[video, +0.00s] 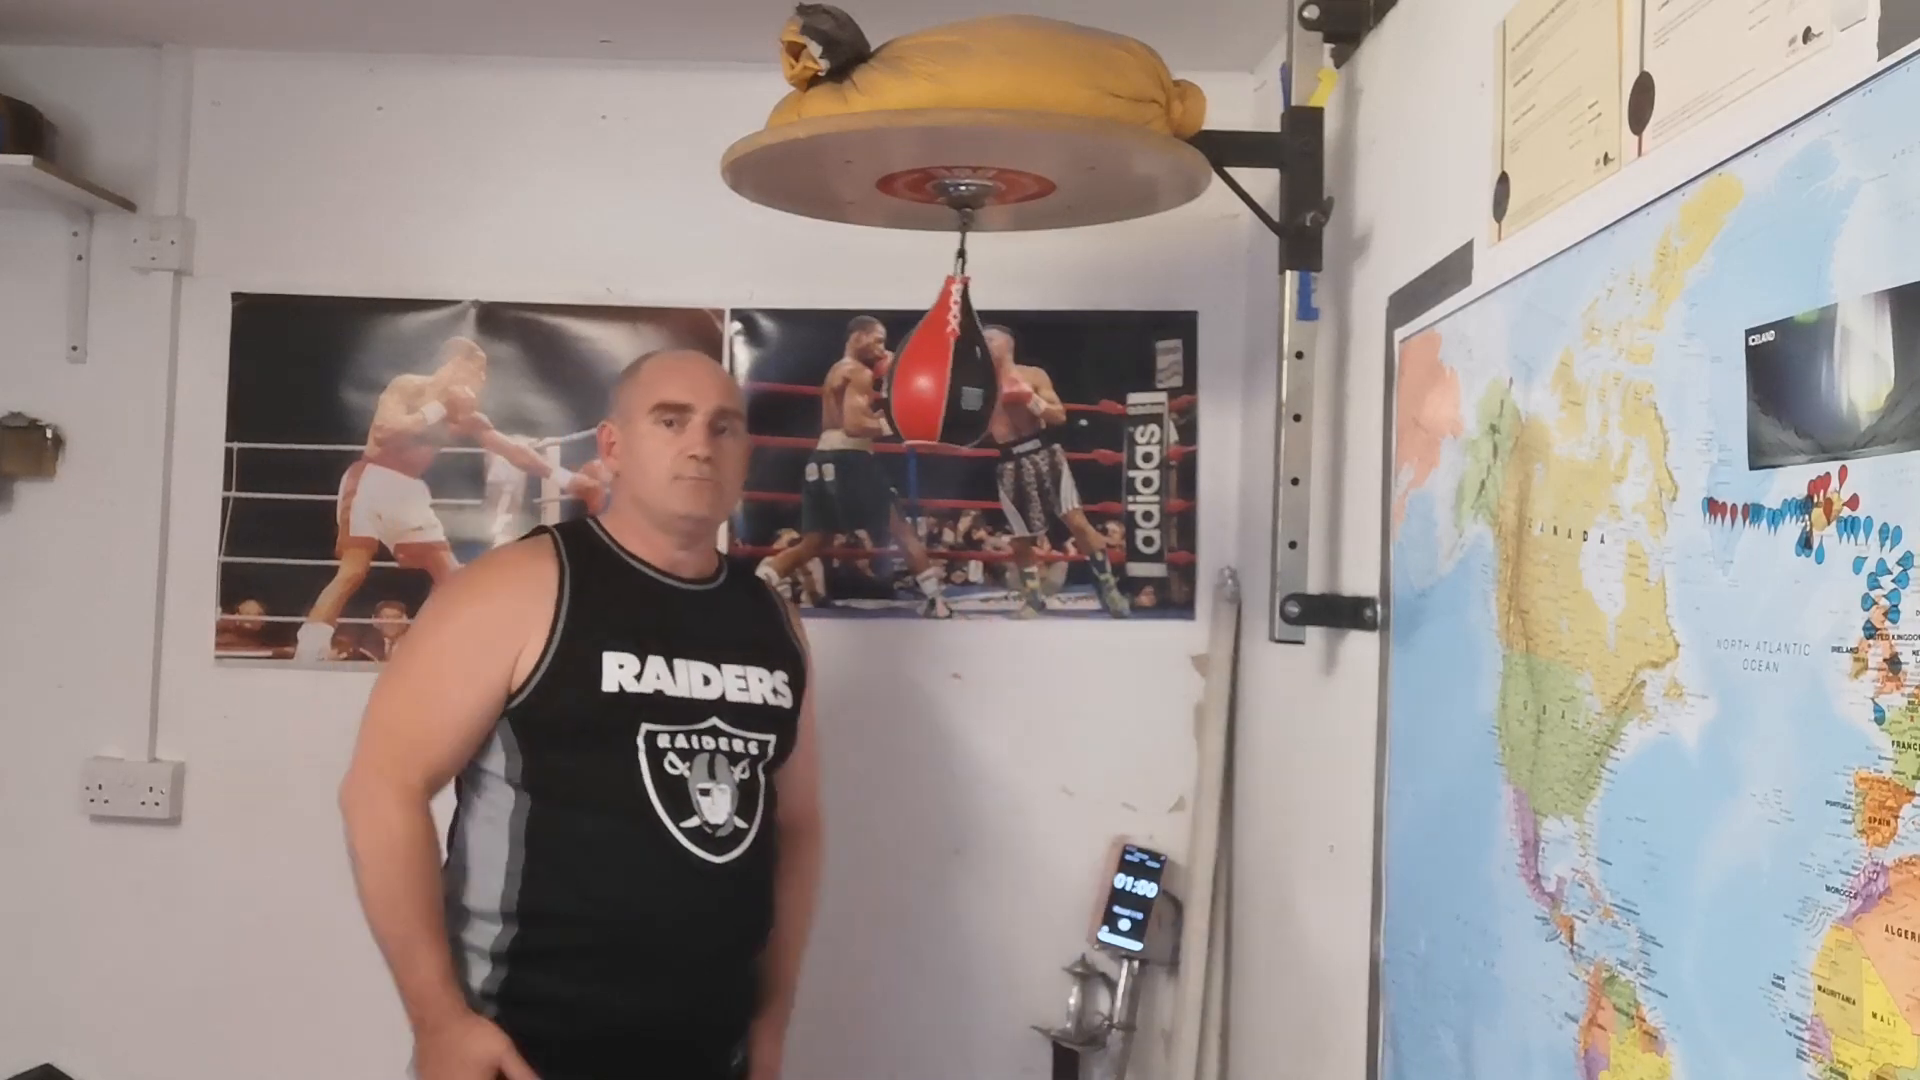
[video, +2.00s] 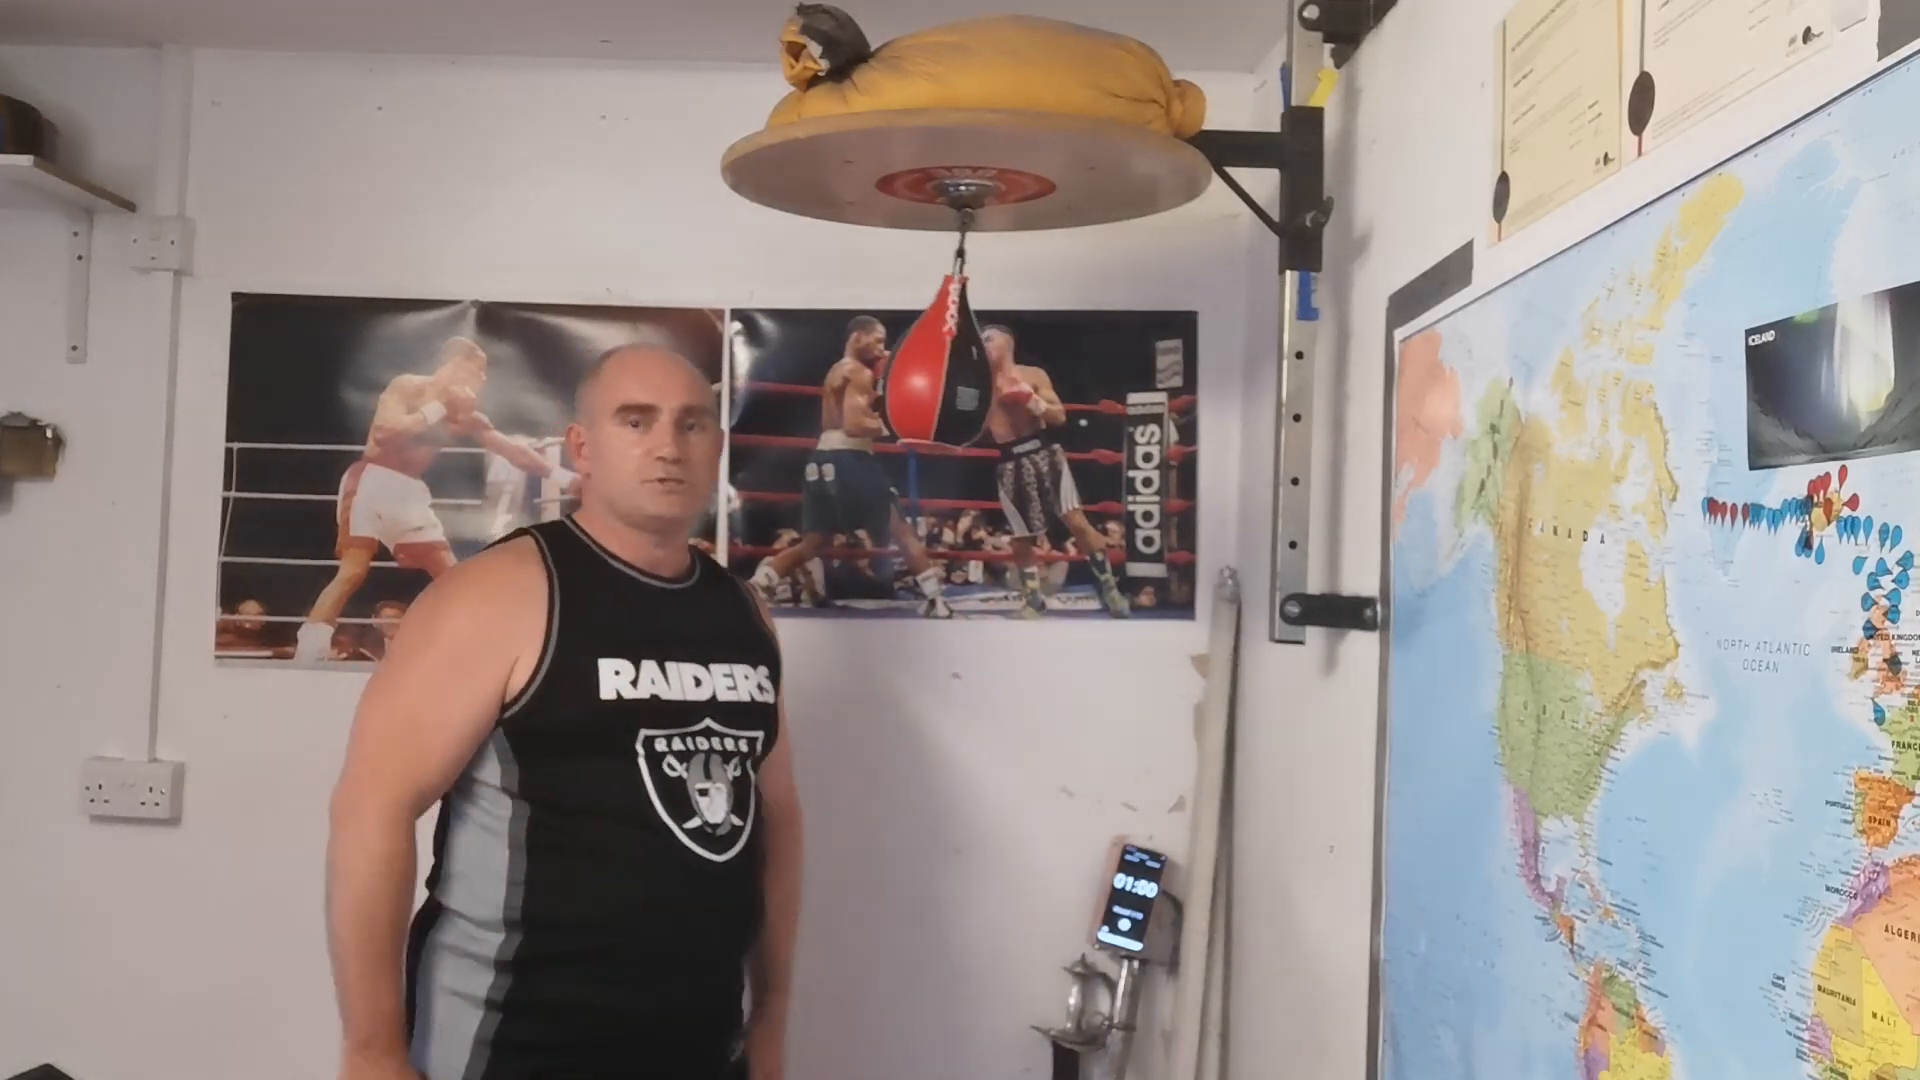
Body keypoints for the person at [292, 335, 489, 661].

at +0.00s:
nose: (474, 385)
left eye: (478, 379)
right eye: (470, 374)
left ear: (478, 383)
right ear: (451, 366)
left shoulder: (461, 413)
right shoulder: (405, 386)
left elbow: (506, 447)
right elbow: (384, 430)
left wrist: (546, 473)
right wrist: (436, 409)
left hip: (410, 492)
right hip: (369, 482)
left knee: (449, 572)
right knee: (352, 572)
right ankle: (307, 651)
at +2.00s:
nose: (477, 381)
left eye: (481, 375)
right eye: (474, 372)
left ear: (476, 378)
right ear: (453, 365)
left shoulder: (462, 411)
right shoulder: (404, 387)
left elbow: (511, 450)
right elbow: (383, 432)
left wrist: (561, 477)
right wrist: (434, 412)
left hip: (408, 491)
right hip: (369, 482)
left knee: (448, 572)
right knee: (353, 570)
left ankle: (468, 651)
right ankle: (307, 650)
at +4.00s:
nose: (474, 386)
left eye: (478, 379)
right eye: (470, 375)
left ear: (477, 382)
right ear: (451, 365)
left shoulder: (464, 415)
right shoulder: (405, 386)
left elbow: (511, 450)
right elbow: (384, 432)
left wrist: (564, 478)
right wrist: (436, 410)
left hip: (408, 493)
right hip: (367, 484)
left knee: (449, 574)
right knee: (352, 571)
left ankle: (460, 655)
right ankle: (305, 653)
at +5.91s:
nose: (475, 384)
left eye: (479, 378)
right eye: (470, 374)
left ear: (478, 382)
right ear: (449, 366)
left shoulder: (465, 415)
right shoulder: (404, 386)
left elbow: (511, 450)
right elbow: (383, 434)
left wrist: (563, 478)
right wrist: (433, 411)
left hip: (408, 493)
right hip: (367, 483)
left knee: (448, 574)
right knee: (353, 570)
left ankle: (436, 662)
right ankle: (306, 652)